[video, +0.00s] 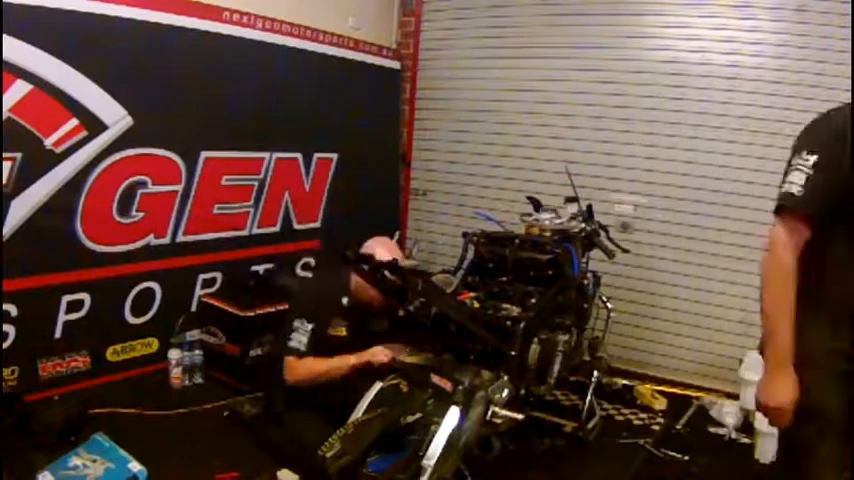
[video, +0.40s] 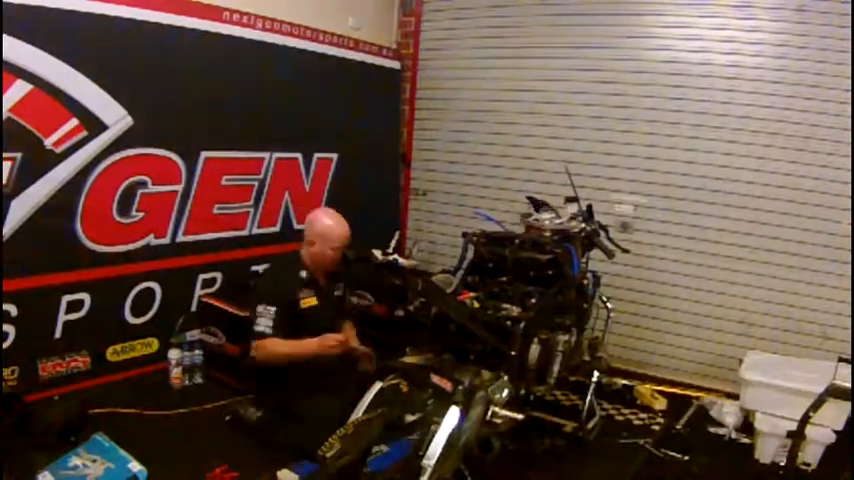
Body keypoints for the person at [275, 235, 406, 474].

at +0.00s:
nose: (389, 303)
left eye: (394, 296)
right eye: (387, 293)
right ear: (367, 276)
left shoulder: (371, 309)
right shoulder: (315, 298)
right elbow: (293, 372)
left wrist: (429, 376)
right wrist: (362, 358)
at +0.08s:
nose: (377, 298)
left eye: (381, 292)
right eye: (369, 290)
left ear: (387, 290)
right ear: (347, 278)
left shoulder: (378, 307)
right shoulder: (311, 303)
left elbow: (389, 353)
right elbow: (293, 376)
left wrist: (425, 378)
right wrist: (350, 366)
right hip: (300, 396)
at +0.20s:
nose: (325, 254)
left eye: (328, 246)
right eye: (317, 246)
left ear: (332, 241)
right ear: (292, 241)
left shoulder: (329, 272)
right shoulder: (269, 282)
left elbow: (349, 318)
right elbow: (251, 352)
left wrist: (365, 365)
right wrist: (297, 404)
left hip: (340, 386)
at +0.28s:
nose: (353, 276)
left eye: (357, 268)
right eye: (348, 267)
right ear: (322, 255)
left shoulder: (343, 278)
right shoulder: (288, 284)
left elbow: (360, 325)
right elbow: (294, 364)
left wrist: (370, 375)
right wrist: (333, 427)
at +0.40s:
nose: (340, 257)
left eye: (342, 249)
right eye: (335, 250)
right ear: (311, 244)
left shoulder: (334, 278)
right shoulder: (278, 281)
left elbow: (343, 321)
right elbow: (261, 349)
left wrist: (355, 347)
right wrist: (317, 346)